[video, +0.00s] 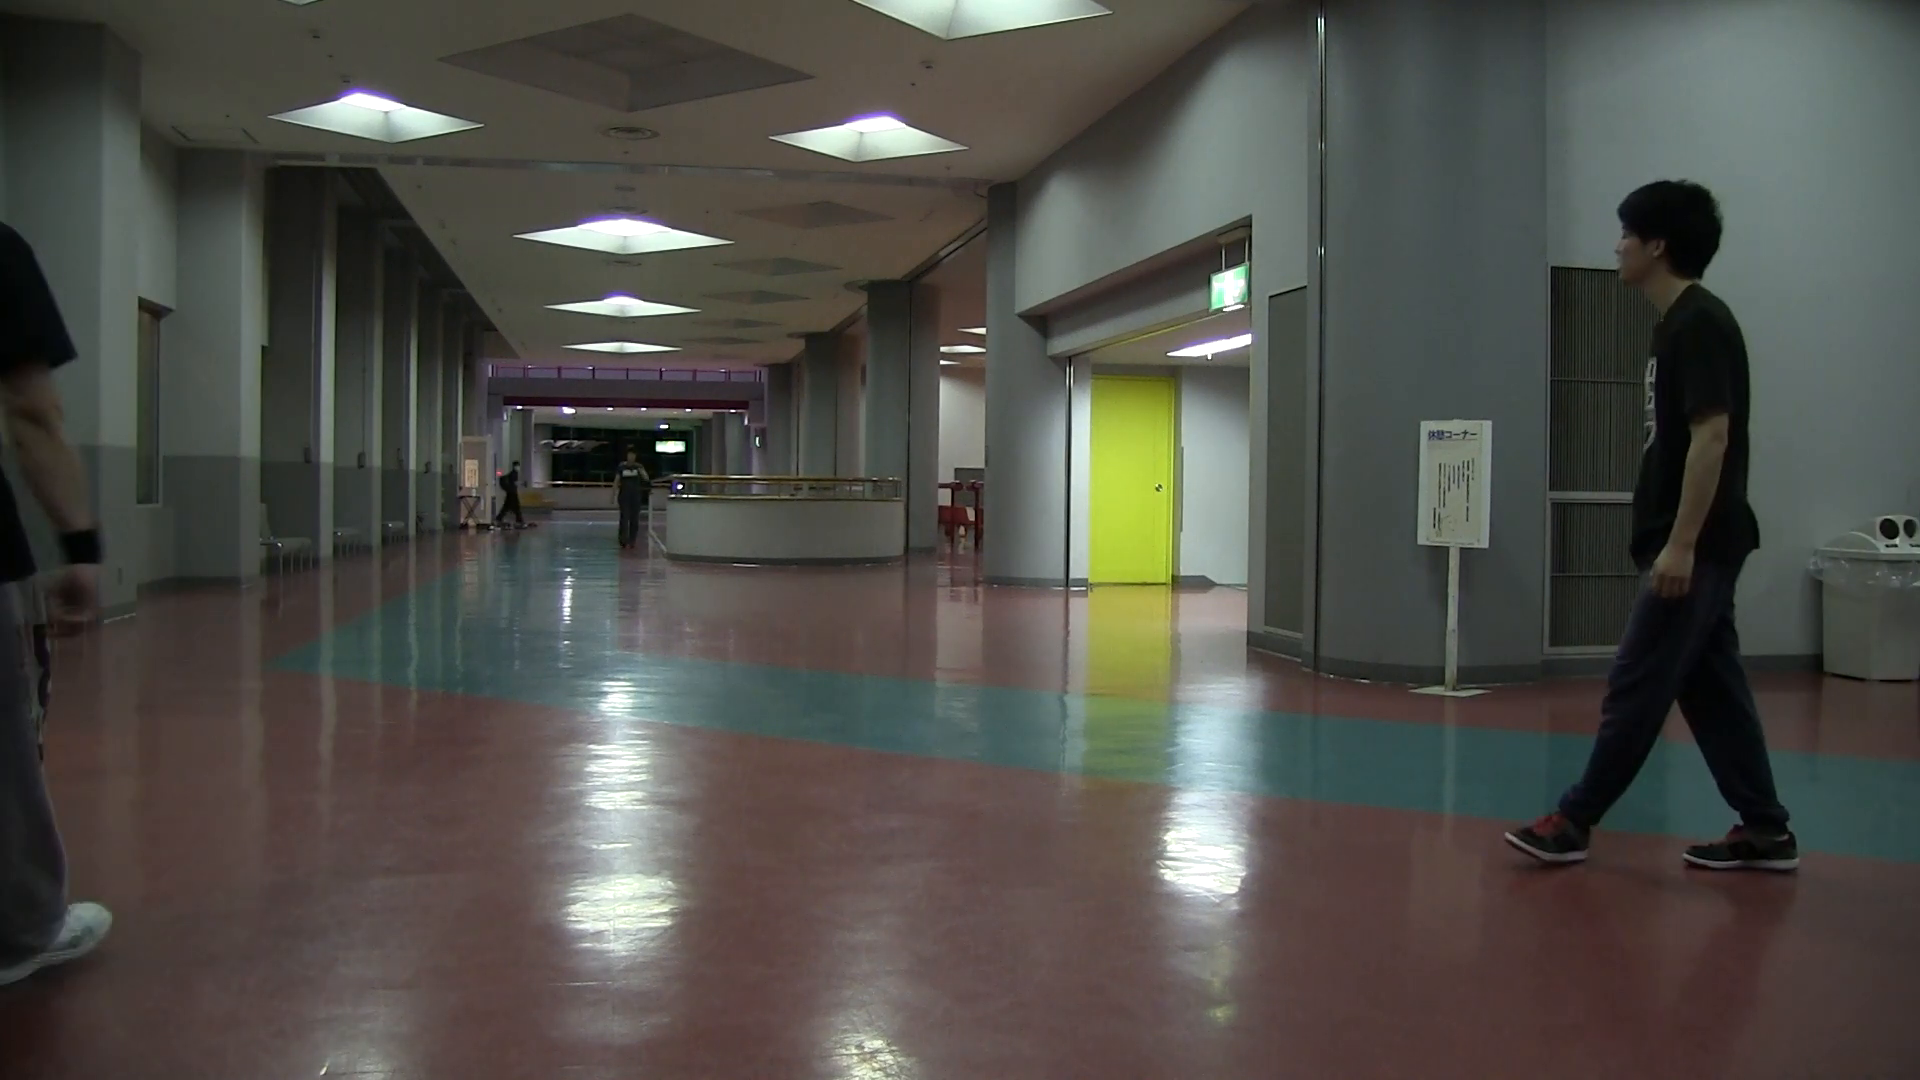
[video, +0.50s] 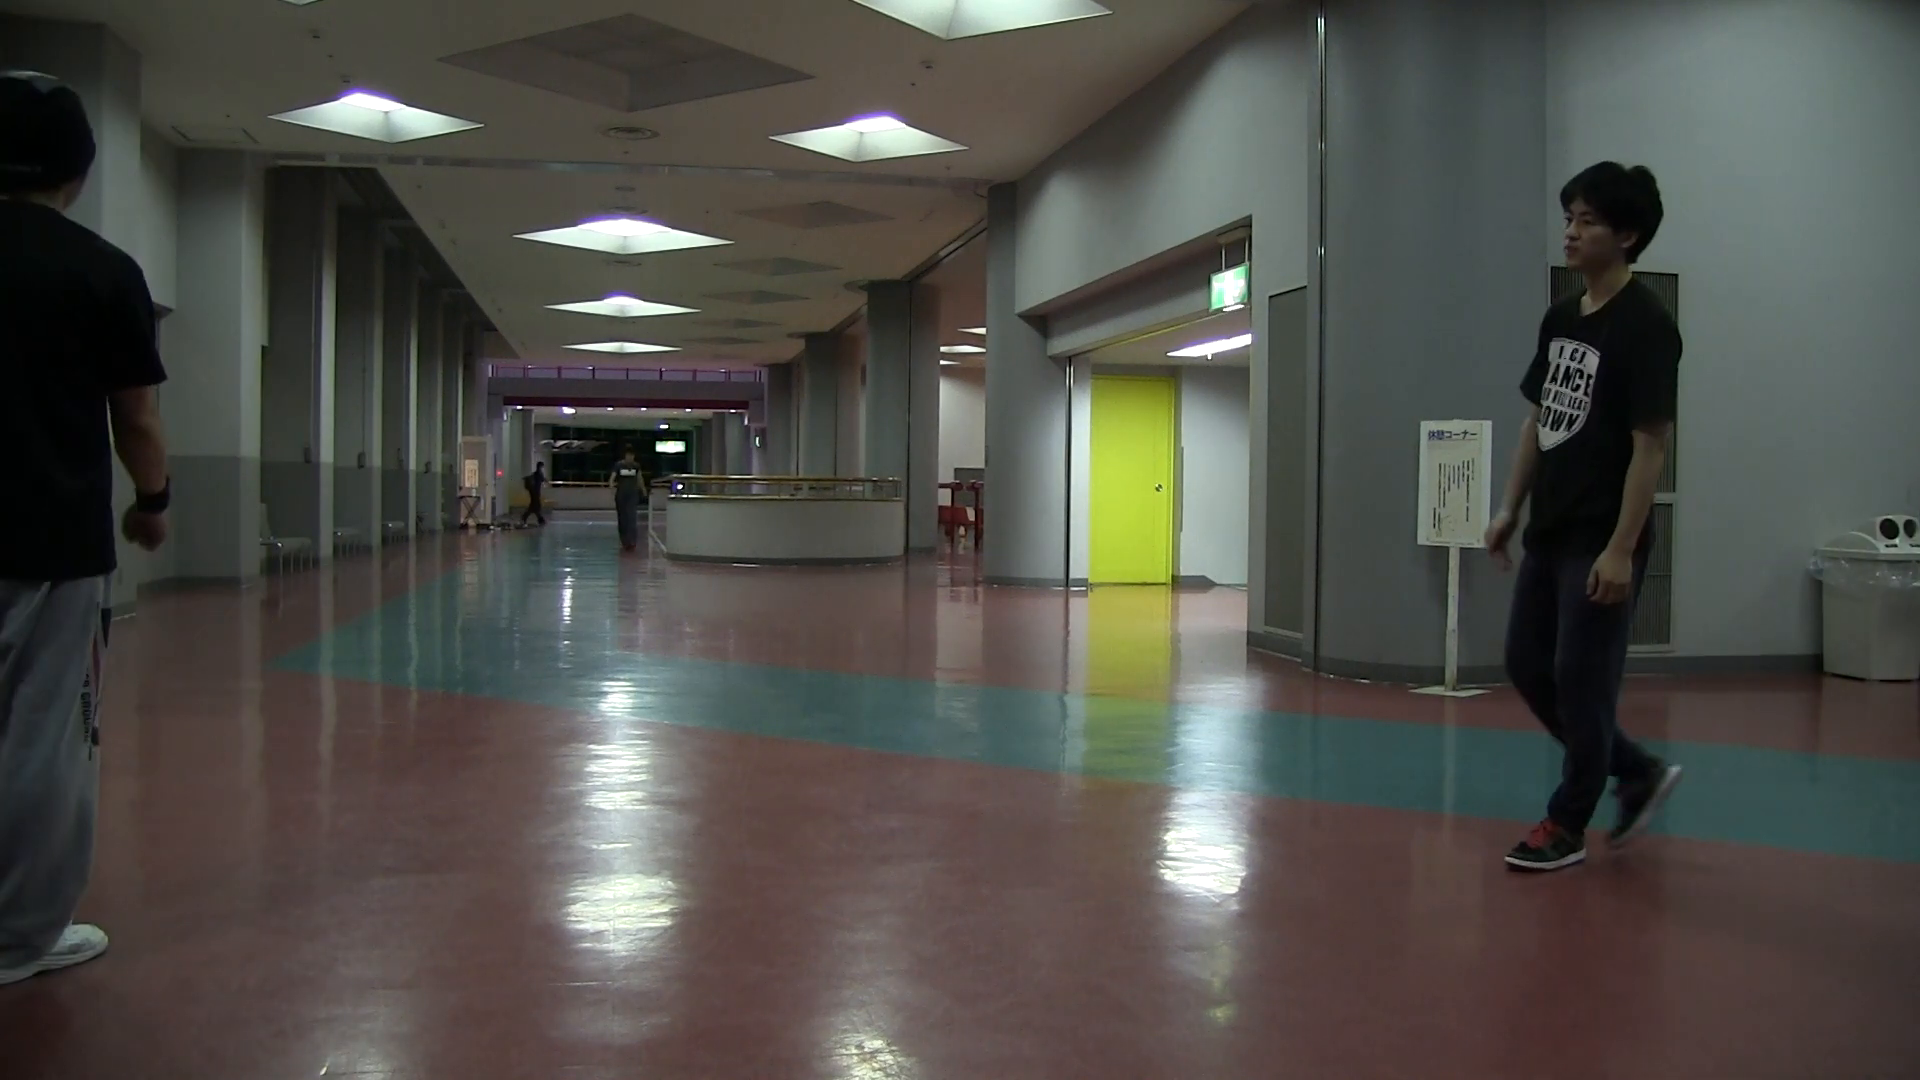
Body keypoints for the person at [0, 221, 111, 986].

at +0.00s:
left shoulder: (12, 257)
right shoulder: (7, 255)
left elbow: (33, 410)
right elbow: (31, 410)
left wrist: (76, 546)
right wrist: (81, 544)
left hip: (7, 563)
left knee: (14, 733)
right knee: (12, 734)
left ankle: (26, 918)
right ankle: (26, 922)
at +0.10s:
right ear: (4, 154)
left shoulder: (29, 265)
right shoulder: (24, 262)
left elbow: (86, 420)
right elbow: (86, 421)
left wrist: (150, 533)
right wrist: (153, 534)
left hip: (14, 562)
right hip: (6, 562)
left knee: (22, 749)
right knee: (19, 751)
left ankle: (26, 923)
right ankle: (26, 927)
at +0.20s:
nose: (26, 170)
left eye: (22, 155)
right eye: (25, 156)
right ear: (17, 159)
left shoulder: (48, 260)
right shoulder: (46, 261)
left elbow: (121, 418)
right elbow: (120, 417)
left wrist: (182, 509)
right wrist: (185, 511)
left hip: (22, 546)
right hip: (19, 548)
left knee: (29, 738)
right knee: (28, 739)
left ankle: (23, 926)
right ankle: (25, 932)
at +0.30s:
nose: (41, 171)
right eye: (41, 158)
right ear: (37, 163)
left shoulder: (65, 267)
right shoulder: (68, 268)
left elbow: (139, 416)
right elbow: (140, 414)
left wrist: (185, 491)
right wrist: (189, 494)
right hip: (31, 548)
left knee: (34, 740)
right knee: (35, 741)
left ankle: (22, 929)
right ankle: (23, 935)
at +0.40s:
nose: (56, 171)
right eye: (61, 157)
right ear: (61, 164)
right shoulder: (87, 270)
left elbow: (143, 418)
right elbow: (143, 417)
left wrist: (171, 486)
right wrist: (175, 489)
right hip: (42, 544)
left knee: (33, 737)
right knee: (38, 737)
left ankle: (22, 925)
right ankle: (22, 932)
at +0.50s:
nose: (80, 179)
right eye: (79, 163)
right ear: (73, 167)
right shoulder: (99, 271)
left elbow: (134, 417)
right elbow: (135, 414)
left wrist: (151, 491)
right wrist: (153, 494)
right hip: (49, 539)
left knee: (35, 731)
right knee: (42, 731)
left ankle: (27, 925)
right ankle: (25, 931)